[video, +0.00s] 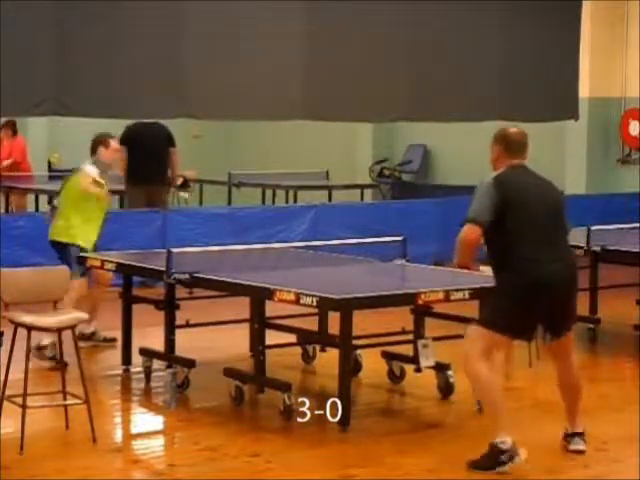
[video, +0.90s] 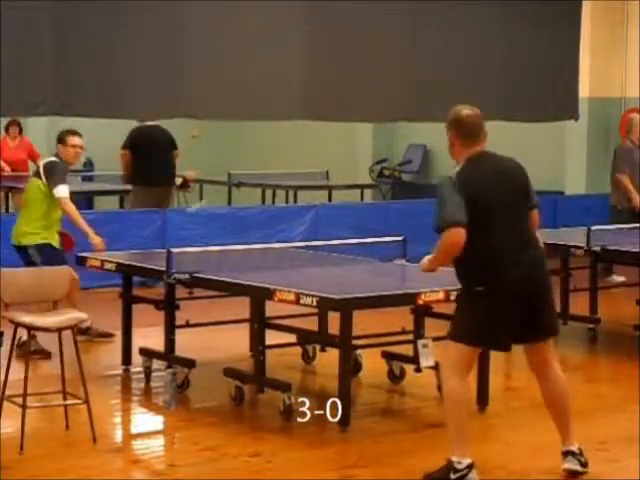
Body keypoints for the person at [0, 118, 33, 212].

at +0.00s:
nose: (5, 133)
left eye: (7, 130)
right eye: (4, 130)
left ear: (12, 130)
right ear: (2, 130)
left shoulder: (18, 141)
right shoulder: (4, 141)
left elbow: (17, 158)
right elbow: (3, 156)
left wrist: (5, 163)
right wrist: (4, 162)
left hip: (20, 177)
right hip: (8, 176)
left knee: (19, 205)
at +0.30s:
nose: (8, 132)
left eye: (10, 129)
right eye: (6, 129)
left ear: (15, 130)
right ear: (4, 130)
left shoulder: (22, 140)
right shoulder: (3, 141)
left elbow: (25, 156)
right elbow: (2, 156)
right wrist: (7, 159)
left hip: (19, 175)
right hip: (5, 175)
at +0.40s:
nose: (8, 132)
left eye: (11, 129)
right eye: (6, 129)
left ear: (16, 130)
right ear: (4, 130)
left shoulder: (22, 141)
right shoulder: (3, 141)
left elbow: (23, 157)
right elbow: (2, 156)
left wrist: (11, 167)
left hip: (19, 171)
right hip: (4, 170)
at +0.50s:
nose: (10, 132)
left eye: (13, 129)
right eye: (8, 129)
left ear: (17, 130)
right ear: (5, 130)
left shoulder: (23, 142)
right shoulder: (2, 141)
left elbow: (26, 159)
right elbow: (1, 158)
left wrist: (19, 171)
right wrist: (2, 171)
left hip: (18, 174)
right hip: (4, 174)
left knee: (16, 191)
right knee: (4, 191)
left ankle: (17, 213)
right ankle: (5, 212)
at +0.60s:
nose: (13, 131)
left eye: (16, 129)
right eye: (11, 129)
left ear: (19, 130)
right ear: (7, 130)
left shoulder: (25, 142)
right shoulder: (3, 141)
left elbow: (31, 157)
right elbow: (1, 158)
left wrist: (32, 170)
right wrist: (5, 168)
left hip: (22, 176)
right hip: (6, 176)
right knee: (4, 193)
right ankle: (5, 212)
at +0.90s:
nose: (14, 130)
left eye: (16, 128)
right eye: (12, 128)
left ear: (19, 130)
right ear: (7, 129)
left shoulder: (25, 142)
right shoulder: (3, 141)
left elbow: (35, 157)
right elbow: (1, 158)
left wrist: (42, 168)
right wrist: (4, 166)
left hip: (21, 176)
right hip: (5, 175)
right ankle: (4, 211)